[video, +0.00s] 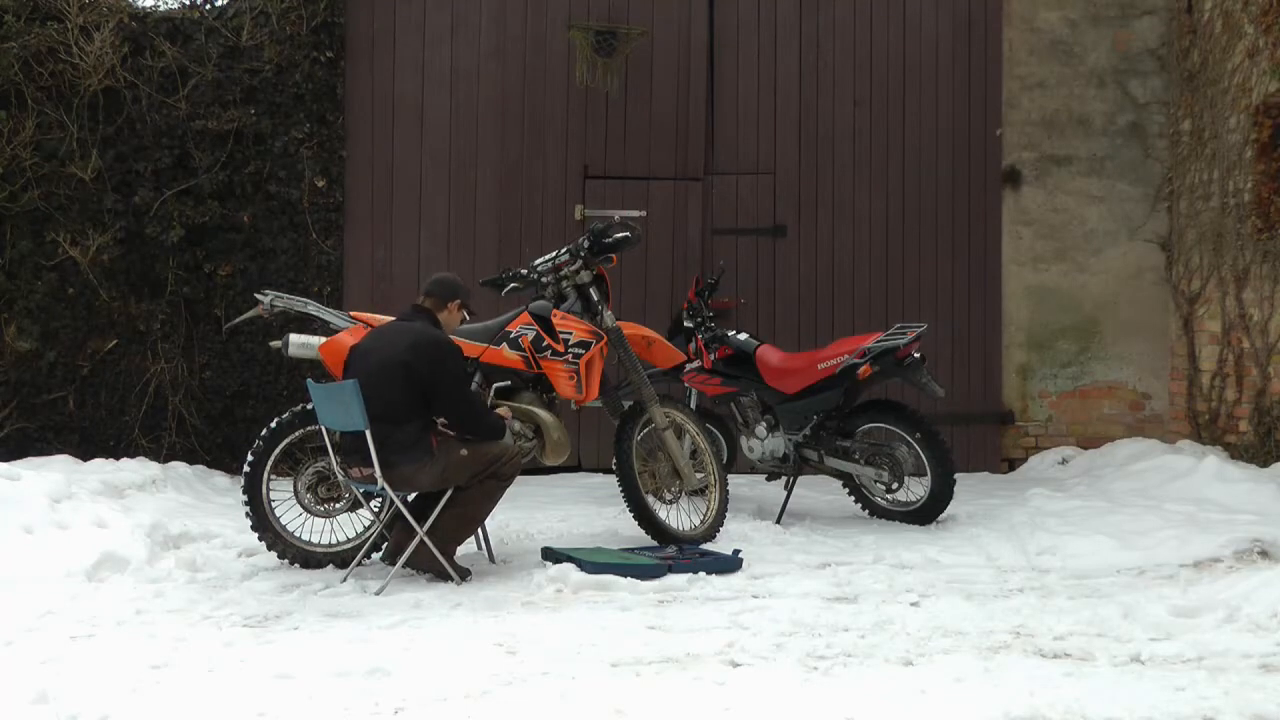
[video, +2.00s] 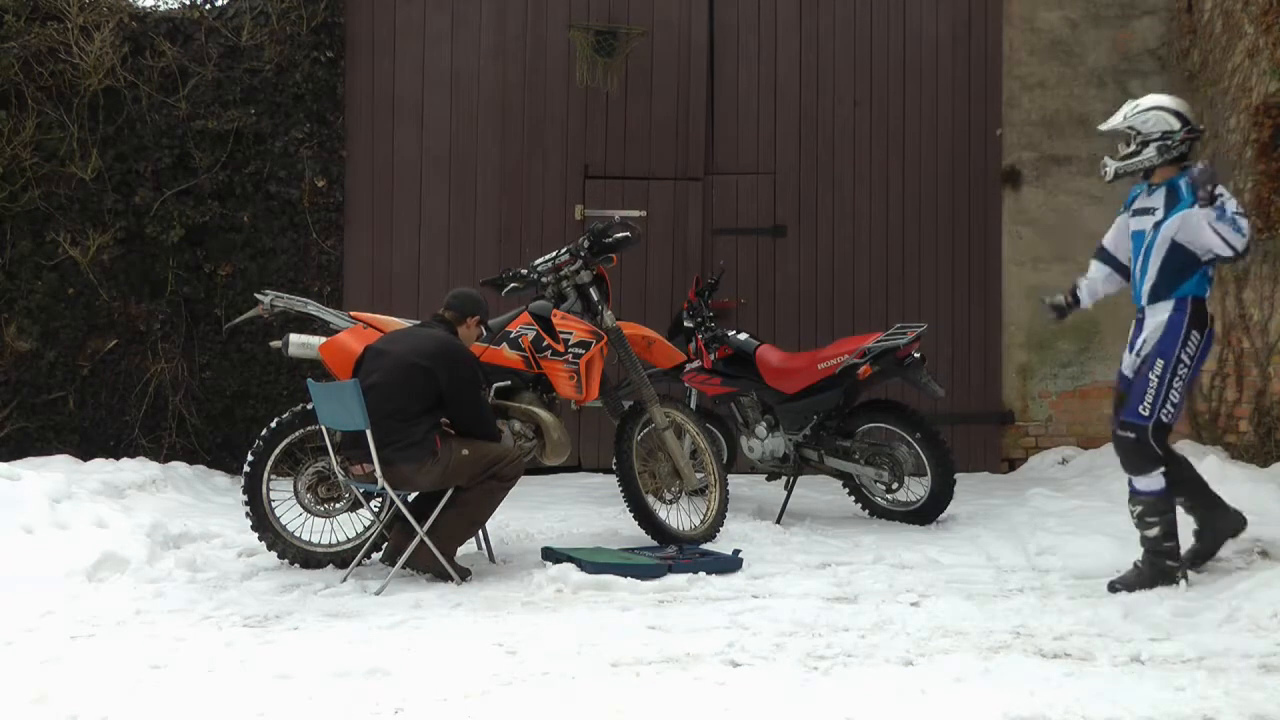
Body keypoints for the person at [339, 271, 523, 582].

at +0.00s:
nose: (461, 320)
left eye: (463, 313)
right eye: (462, 311)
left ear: (421, 302)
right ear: (450, 307)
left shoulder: (380, 332)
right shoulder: (439, 346)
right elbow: (471, 422)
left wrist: (431, 416)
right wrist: (499, 421)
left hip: (357, 457)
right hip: (399, 464)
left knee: (456, 452)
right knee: (507, 457)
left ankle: (403, 543)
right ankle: (434, 550)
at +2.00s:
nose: (479, 335)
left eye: (481, 328)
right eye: (480, 327)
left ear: (442, 313)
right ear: (469, 321)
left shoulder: (393, 337)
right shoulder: (455, 354)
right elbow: (482, 431)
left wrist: (437, 425)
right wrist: (499, 437)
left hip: (357, 455)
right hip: (401, 462)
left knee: (463, 452)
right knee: (507, 462)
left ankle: (402, 542)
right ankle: (434, 551)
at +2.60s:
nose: (490, 342)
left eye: (491, 334)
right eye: (490, 333)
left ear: (453, 317)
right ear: (477, 326)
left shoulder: (402, 337)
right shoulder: (459, 355)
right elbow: (481, 422)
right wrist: (515, 419)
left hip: (358, 455)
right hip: (401, 461)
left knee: (465, 452)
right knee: (508, 462)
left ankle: (402, 543)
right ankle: (435, 550)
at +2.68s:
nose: (490, 345)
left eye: (493, 337)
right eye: (491, 336)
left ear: (455, 317)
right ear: (480, 328)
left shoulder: (403, 338)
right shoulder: (460, 356)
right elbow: (485, 425)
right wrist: (514, 418)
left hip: (358, 455)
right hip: (401, 461)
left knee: (464, 453)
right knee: (508, 463)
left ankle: (402, 543)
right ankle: (435, 550)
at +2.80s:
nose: (491, 346)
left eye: (494, 339)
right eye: (493, 338)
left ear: (458, 317)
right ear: (483, 329)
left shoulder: (403, 337)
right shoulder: (462, 357)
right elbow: (489, 427)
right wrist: (513, 414)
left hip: (358, 454)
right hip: (401, 461)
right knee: (509, 463)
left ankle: (402, 543)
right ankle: (435, 551)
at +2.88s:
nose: (492, 345)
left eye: (494, 339)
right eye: (493, 338)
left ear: (459, 317)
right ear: (483, 329)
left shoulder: (405, 337)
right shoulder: (462, 357)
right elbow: (490, 427)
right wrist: (513, 414)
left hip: (358, 454)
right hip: (401, 461)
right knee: (509, 463)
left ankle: (402, 543)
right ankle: (435, 551)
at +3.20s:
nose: (492, 345)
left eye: (495, 339)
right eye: (494, 338)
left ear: (459, 317)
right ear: (484, 329)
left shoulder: (405, 337)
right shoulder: (461, 357)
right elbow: (493, 429)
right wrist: (514, 420)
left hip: (357, 456)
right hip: (401, 461)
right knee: (508, 464)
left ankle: (402, 543)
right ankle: (435, 551)